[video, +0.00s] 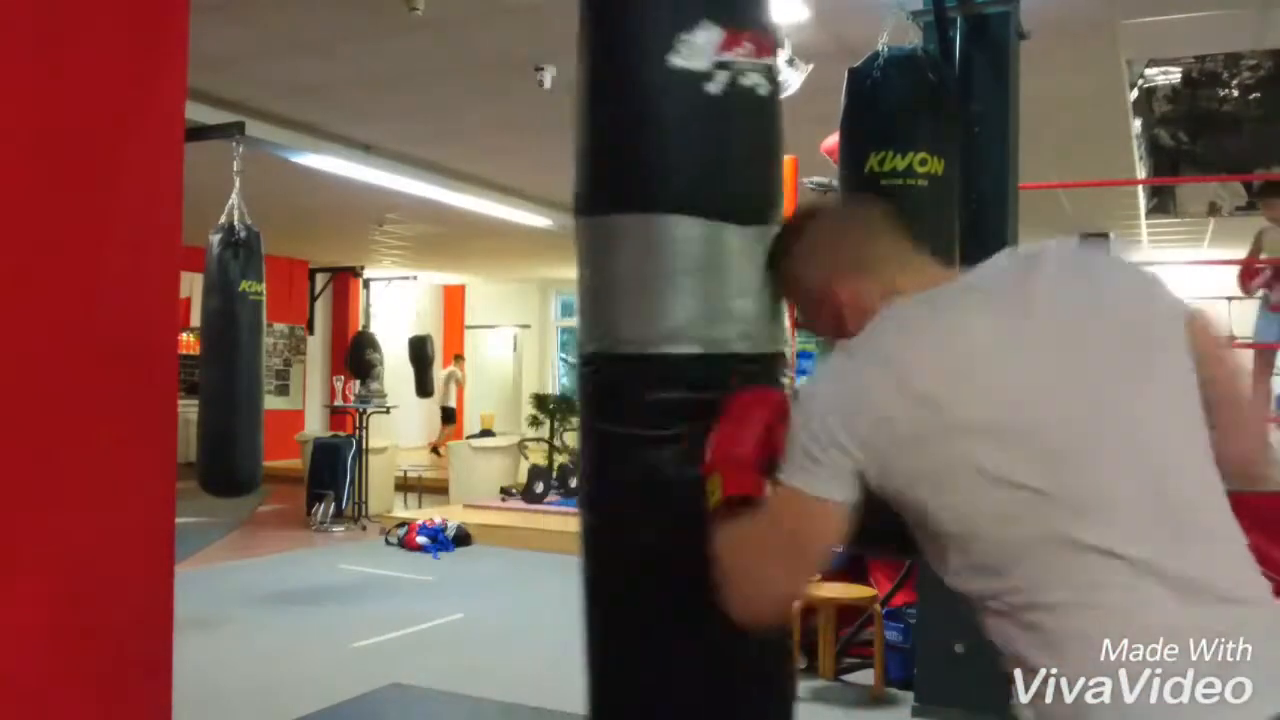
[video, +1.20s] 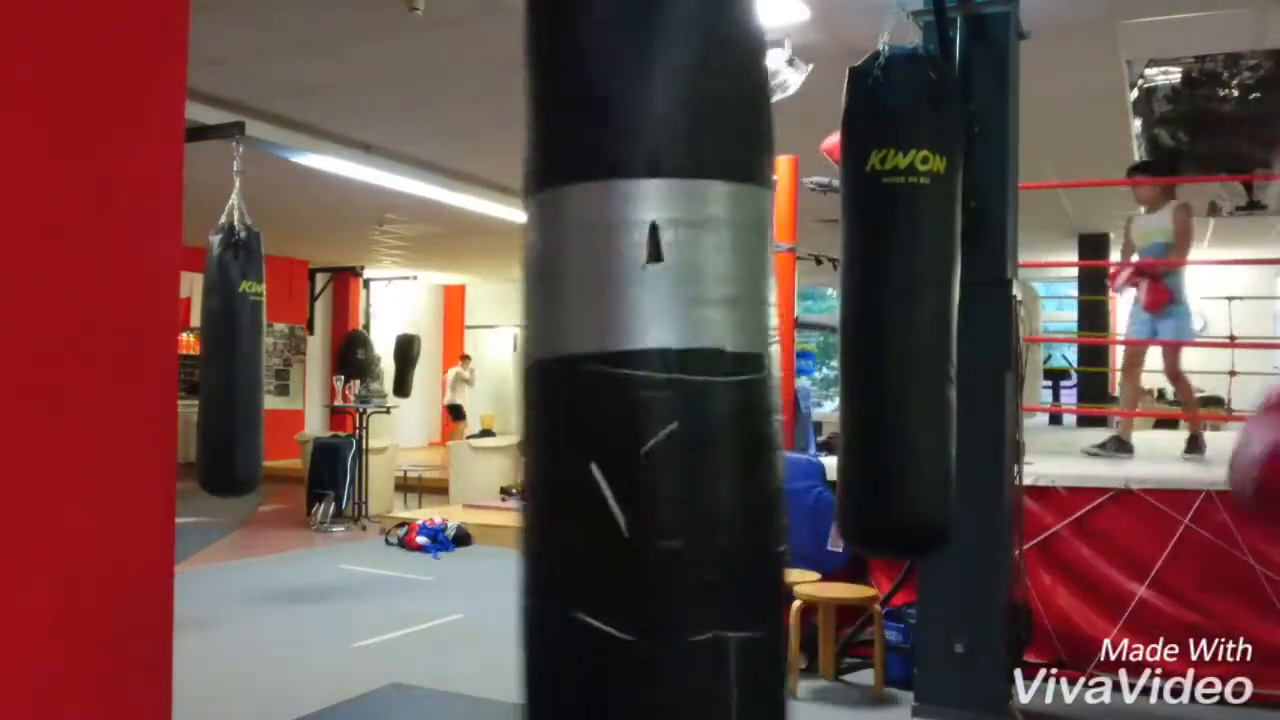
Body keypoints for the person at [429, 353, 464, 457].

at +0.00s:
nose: (462, 365)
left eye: (463, 363)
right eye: (462, 363)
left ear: (454, 361)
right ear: (458, 361)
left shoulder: (445, 371)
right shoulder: (455, 371)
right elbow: (461, 384)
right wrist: (463, 373)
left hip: (443, 402)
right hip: (450, 403)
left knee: (444, 426)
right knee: (451, 426)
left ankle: (436, 445)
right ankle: (437, 445)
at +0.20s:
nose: (465, 363)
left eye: (465, 361)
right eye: (464, 360)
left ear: (458, 359)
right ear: (461, 359)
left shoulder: (449, 369)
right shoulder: (457, 369)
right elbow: (463, 381)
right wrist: (466, 371)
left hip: (445, 399)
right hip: (452, 400)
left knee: (451, 424)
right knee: (454, 424)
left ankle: (450, 442)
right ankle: (450, 443)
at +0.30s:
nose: (466, 363)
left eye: (466, 361)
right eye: (466, 361)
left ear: (458, 359)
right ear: (462, 359)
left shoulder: (449, 369)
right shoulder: (457, 369)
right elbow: (466, 381)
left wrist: (466, 373)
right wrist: (468, 372)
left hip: (446, 400)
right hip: (453, 401)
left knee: (451, 425)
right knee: (456, 425)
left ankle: (450, 443)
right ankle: (452, 443)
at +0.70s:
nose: (468, 367)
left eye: (468, 365)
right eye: (467, 365)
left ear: (461, 363)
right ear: (464, 364)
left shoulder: (452, 373)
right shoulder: (458, 374)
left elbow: (463, 388)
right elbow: (465, 388)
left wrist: (468, 379)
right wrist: (470, 378)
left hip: (449, 404)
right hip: (454, 405)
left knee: (454, 428)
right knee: (457, 428)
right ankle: (456, 448)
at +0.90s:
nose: (465, 365)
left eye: (465, 362)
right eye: (465, 362)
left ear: (458, 360)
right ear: (463, 361)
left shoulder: (447, 371)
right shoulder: (462, 372)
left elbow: (445, 387)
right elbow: (463, 389)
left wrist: (444, 399)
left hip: (447, 403)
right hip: (457, 403)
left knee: (450, 426)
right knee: (461, 426)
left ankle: (450, 445)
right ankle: (458, 445)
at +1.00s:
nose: (464, 364)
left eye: (464, 362)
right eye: (464, 362)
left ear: (457, 361)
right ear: (463, 362)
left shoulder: (447, 372)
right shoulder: (465, 372)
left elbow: (443, 387)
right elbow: (466, 390)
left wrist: (443, 400)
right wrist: (465, 403)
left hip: (447, 403)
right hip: (458, 403)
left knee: (451, 426)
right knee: (464, 426)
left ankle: (451, 444)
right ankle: (457, 442)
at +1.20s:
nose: (467, 365)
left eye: (468, 363)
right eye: (466, 363)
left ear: (460, 362)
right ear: (463, 362)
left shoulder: (451, 371)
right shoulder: (459, 371)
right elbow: (470, 382)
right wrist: (471, 372)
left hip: (448, 401)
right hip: (455, 401)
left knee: (456, 423)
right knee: (462, 423)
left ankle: (453, 443)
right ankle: (458, 443)